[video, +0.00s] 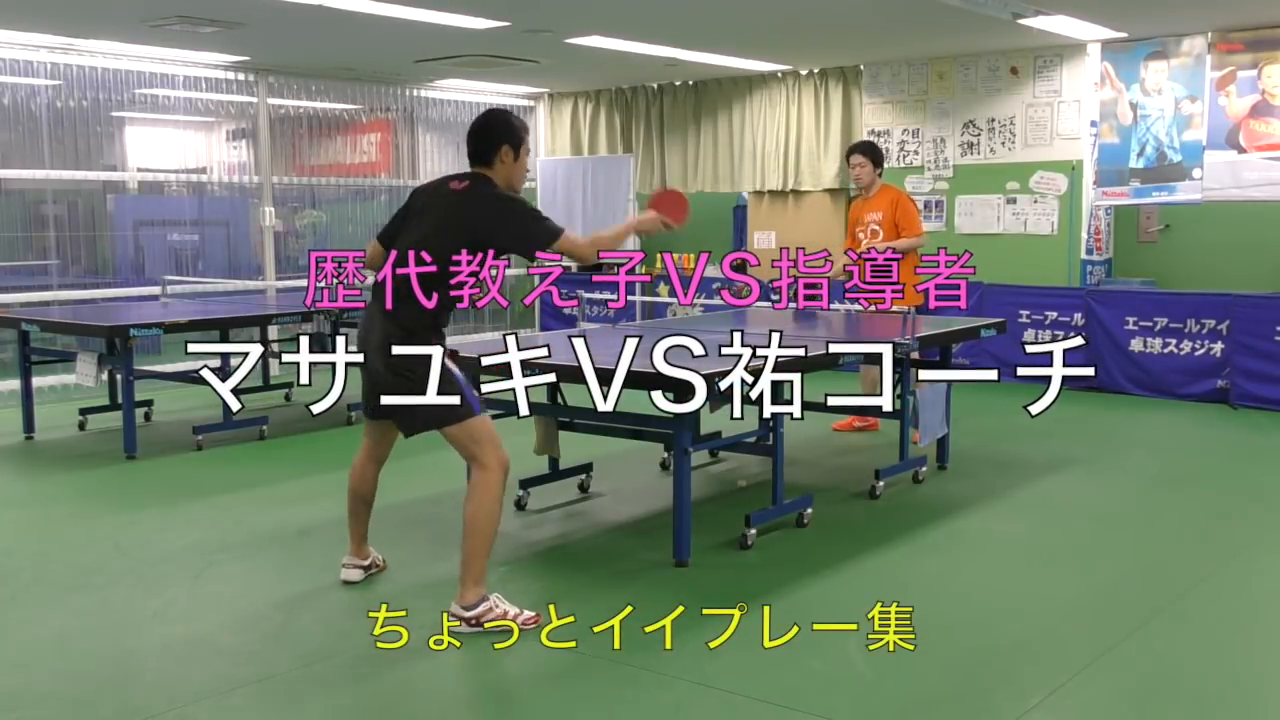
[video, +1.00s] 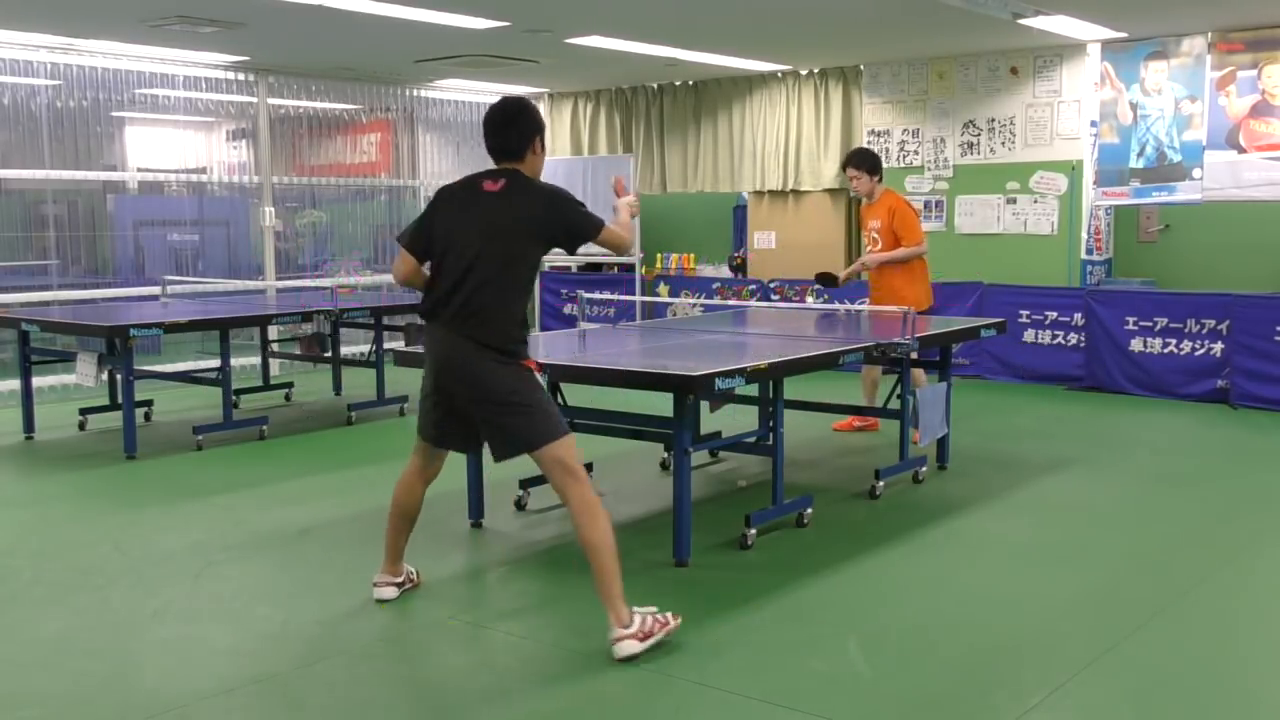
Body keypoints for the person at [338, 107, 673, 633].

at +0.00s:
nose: (527, 166)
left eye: (526, 156)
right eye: (524, 156)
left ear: (478, 156)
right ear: (505, 155)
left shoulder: (430, 192)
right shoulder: (499, 206)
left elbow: (374, 258)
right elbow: (582, 249)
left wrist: (434, 262)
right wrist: (635, 225)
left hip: (378, 340)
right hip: (416, 347)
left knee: (373, 450)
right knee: (490, 461)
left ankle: (356, 554)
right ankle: (472, 598)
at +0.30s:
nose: (519, 138)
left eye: (516, 129)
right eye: (518, 129)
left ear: (465, 131)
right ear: (510, 131)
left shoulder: (425, 180)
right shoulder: (511, 185)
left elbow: (377, 253)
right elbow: (563, 252)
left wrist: (422, 246)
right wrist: (587, 254)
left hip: (411, 340)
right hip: (465, 344)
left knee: (409, 441)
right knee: (508, 464)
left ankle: (378, 556)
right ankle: (475, 598)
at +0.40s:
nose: (520, 131)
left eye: (518, 121)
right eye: (518, 122)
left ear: (465, 122)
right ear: (509, 123)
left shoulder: (427, 171)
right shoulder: (495, 176)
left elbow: (383, 244)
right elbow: (503, 257)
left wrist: (435, 242)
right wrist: (562, 307)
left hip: (409, 332)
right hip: (454, 336)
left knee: (417, 440)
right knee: (496, 459)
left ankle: (388, 561)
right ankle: (473, 598)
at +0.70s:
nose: (528, 159)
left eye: (529, 149)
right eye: (525, 147)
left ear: (483, 142)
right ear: (499, 142)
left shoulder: (438, 182)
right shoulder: (475, 187)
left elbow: (389, 256)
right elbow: (503, 268)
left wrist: (467, 283)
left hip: (397, 340)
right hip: (431, 345)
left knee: (427, 448)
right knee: (514, 453)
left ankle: (392, 570)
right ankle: (480, 590)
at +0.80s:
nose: (532, 149)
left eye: (532, 137)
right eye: (529, 137)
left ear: (487, 133)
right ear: (506, 133)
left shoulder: (435, 176)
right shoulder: (496, 186)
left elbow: (385, 251)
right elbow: (562, 253)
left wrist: (445, 265)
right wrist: (619, 234)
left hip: (402, 335)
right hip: (444, 339)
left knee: (414, 450)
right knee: (523, 452)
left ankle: (390, 570)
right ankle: (501, 594)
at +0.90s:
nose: (535, 145)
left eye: (533, 135)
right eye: (533, 135)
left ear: (481, 134)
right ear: (519, 134)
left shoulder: (435, 181)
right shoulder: (521, 189)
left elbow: (390, 254)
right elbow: (597, 235)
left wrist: (441, 263)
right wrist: (614, 202)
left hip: (416, 337)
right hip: (468, 345)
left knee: (413, 456)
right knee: (539, 460)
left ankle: (388, 570)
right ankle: (564, 607)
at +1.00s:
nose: (546, 151)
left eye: (541, 142)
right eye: (544, 142)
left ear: (490, 147)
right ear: (536, 145)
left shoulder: (452, 195)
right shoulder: (546, 200)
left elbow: (405, 270)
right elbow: (623, 244)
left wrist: (443, 283)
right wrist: (625, 210)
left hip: (443, 354)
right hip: (499, 362)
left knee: (422, 465)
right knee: (573, 479)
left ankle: (389, 572)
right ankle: (623, 622)